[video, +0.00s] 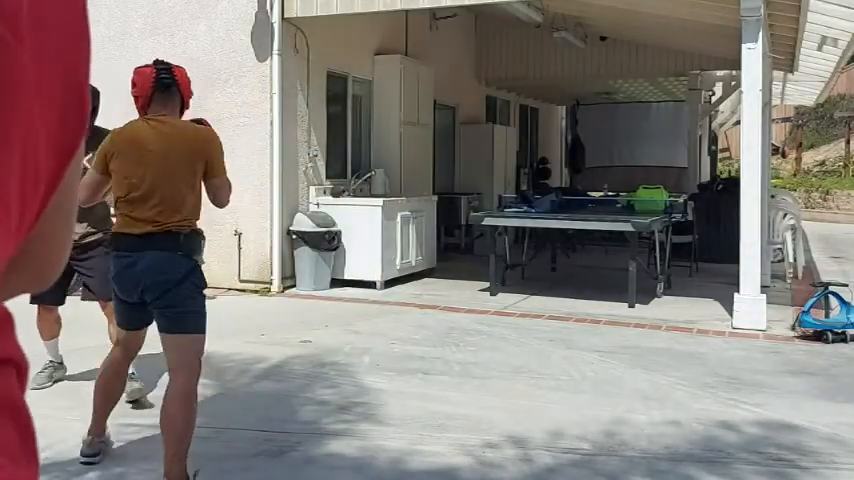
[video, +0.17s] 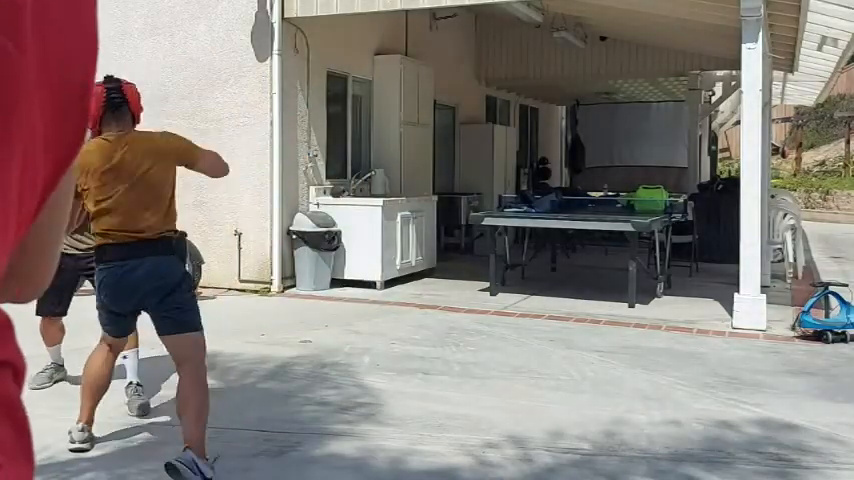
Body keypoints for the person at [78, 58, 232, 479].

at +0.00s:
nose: (184, 103)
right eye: (184, 97)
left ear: (140, 99)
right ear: (183, 98)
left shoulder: (120, 137)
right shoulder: (202, 138)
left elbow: (84, 197)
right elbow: (221, 197)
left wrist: (120, 171)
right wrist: (207, 142)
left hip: (126, 258)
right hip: (177, 260)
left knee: (124, 346)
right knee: (183, 374)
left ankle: (95, 434)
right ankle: (175, 473)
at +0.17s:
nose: (138, 114)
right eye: (136, 108)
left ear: (94, 117)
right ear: (135, 113)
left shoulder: (85, 157)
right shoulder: (164, 144)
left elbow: (69, 222)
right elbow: (219, 167)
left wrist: (98, 195)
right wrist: (183, 150)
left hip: (114, 269)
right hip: (165, 263)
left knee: (109, 345)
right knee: (191, 365)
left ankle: (83, 425)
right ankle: (195, 456)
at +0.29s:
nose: (127, 132)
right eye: (122, 128)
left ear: (81, 140)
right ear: (104, 133)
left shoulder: (78, 171)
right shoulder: (127, 149)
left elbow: (85, 228)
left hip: (119, 262)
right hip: (168, 256)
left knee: (99, 340)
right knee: (182, 358)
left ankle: (82, 426)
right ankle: (197, 442)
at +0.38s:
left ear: (77, 123)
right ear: (97, 120)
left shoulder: (69, 170)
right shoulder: (124, 147)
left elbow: (85, 237)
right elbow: (144, 152)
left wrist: (65, 232)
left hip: (121, 256)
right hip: (169, 248)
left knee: (101, 339)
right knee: (186, 352)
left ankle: (83, 425)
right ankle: (212, 421)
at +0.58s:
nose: (90, 125)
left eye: (89, 118)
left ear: (89, 113)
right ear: (121, 106)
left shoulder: (87, 144)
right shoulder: (154, 130)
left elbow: (72, 213)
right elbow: (180, 165)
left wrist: (93, 191)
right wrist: (140, 165)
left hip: (121, 249)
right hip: (172, 244)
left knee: (107, 336)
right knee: (199, 346)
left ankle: (83, 426)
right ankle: (223, 433)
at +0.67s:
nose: (96, 113)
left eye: (97, 106)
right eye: (98, 107)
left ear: (100, 105)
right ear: (139, 98)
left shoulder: (95, 139)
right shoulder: (170, 130)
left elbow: (81, 202)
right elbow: (174, 175)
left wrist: (111, 172)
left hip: (128, 251)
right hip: (178, 248)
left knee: (110, 337)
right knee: (200, 351)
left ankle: (83, 424)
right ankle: (215, 444)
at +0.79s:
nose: (177, 103)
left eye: (130, 102)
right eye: (174, 97)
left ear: (132, 105)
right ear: (172, 99)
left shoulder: (116, 141)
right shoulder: (199, 138)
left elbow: (98, 203)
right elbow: (193, 186)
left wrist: (129, 176)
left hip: (141, 258)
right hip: (192, 256)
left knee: (122, 337)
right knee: (207, 355)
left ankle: (88, 418)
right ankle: (214, 451)